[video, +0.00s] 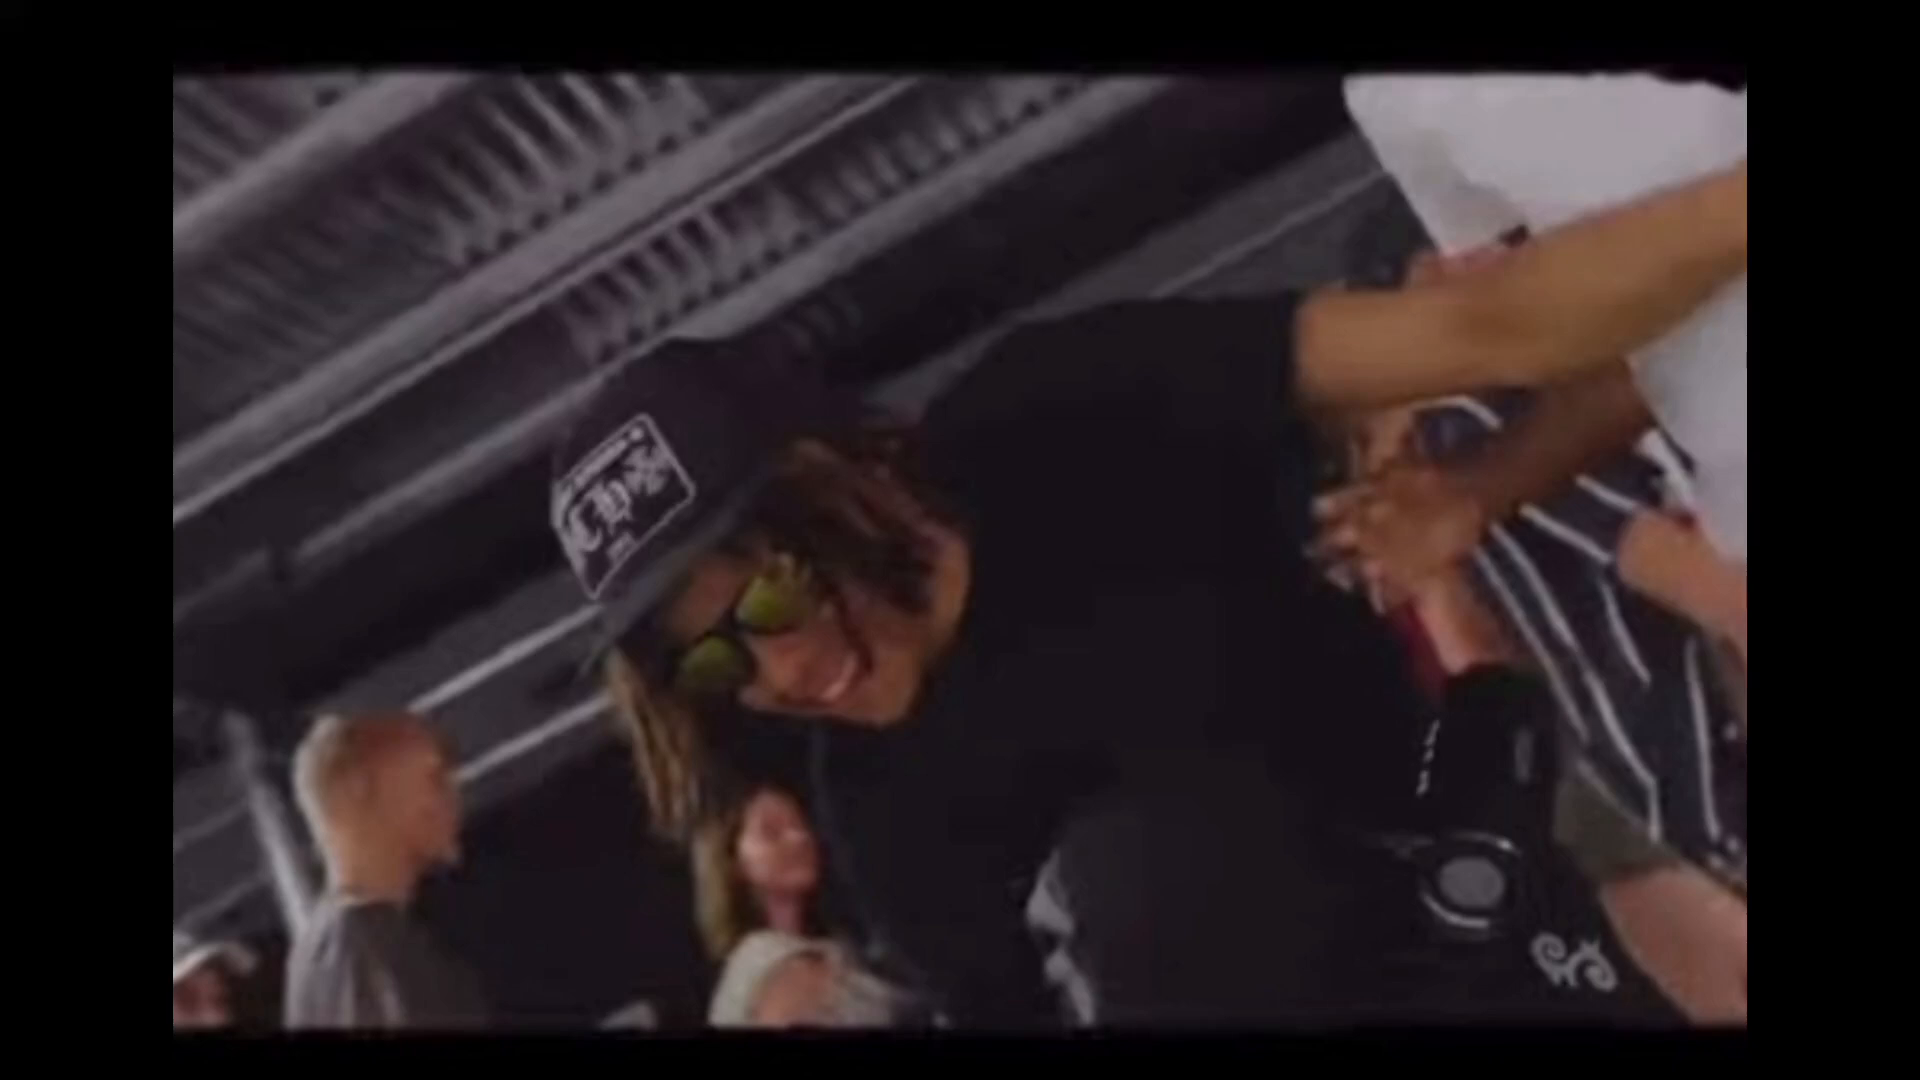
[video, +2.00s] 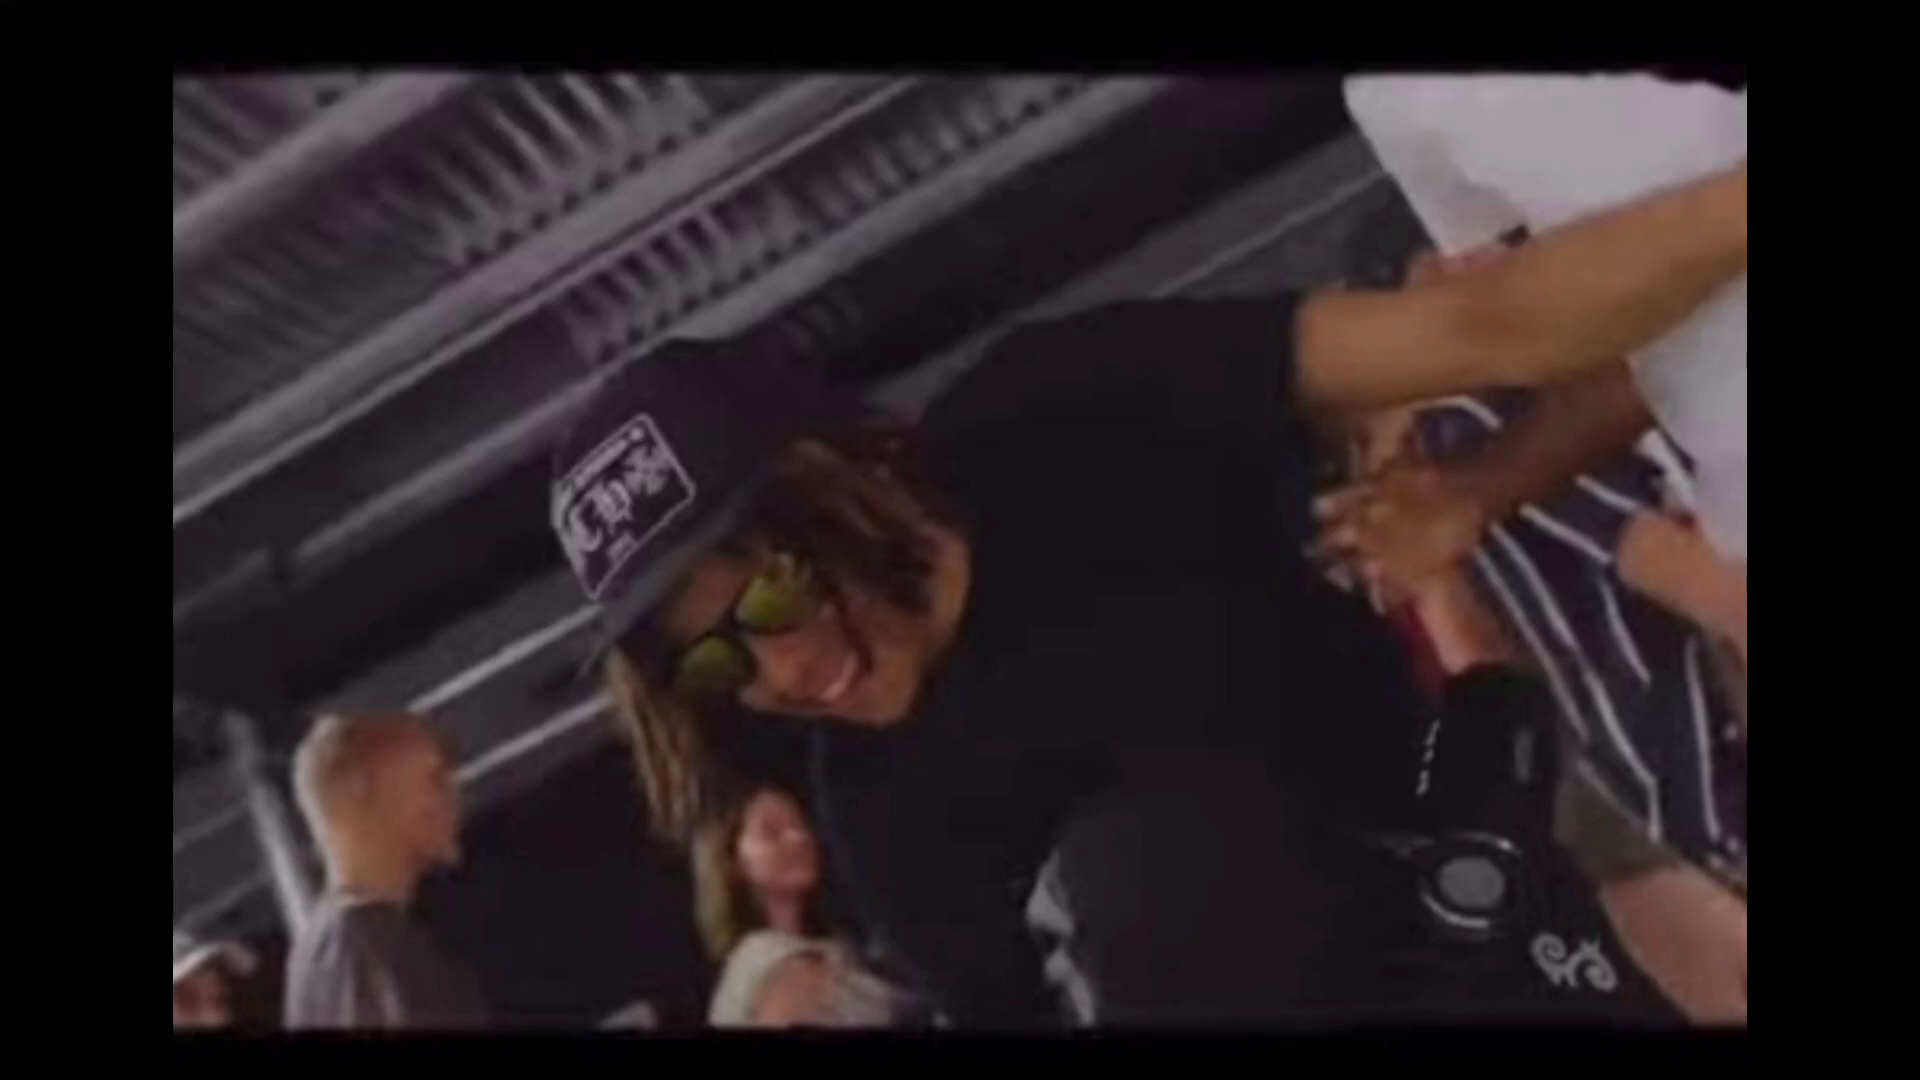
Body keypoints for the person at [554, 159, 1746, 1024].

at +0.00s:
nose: (767, 656)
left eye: (760, 582)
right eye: (708, 654)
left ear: (833, 476)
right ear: (686, 686)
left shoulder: (1051, 404)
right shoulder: (888, 847)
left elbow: (1471, 328)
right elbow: (1034, 1025)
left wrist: (1740, 208)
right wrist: (838, 995)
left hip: (1483, 841)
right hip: (1257, 975)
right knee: (1136, 864)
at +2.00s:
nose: (768, 656)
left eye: (761, 582)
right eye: (708, 654)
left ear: (835, 476)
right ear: (687, 685)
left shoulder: (1052, 404)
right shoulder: (886, 847)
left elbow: (1472, 328)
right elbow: (1031, 1024)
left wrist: (1740, 208)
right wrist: (837, 995)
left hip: (1477, 844)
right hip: (1240, 973)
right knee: (1136, 862)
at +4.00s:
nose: (768, 661)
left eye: (761, 587)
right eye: (710, 657)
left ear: (834, 478)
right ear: (688, 686)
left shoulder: (1052, 403)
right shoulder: (888, 844)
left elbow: (1469, 328)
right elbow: (1032, 1023)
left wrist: (1764, 199)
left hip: (1475, 841)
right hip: (1239, 974)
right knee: (1135, 870)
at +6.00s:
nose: (767, 657)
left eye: (759, 583)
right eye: (707, 654)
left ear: (834, 476)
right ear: (685, 685)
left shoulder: (1055, 403)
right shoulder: (886, 844)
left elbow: (1471, 328)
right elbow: (1031, 1023)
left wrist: (1782, 188)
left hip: (1470, 842)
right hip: (1236, 970)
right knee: (1137, 861)